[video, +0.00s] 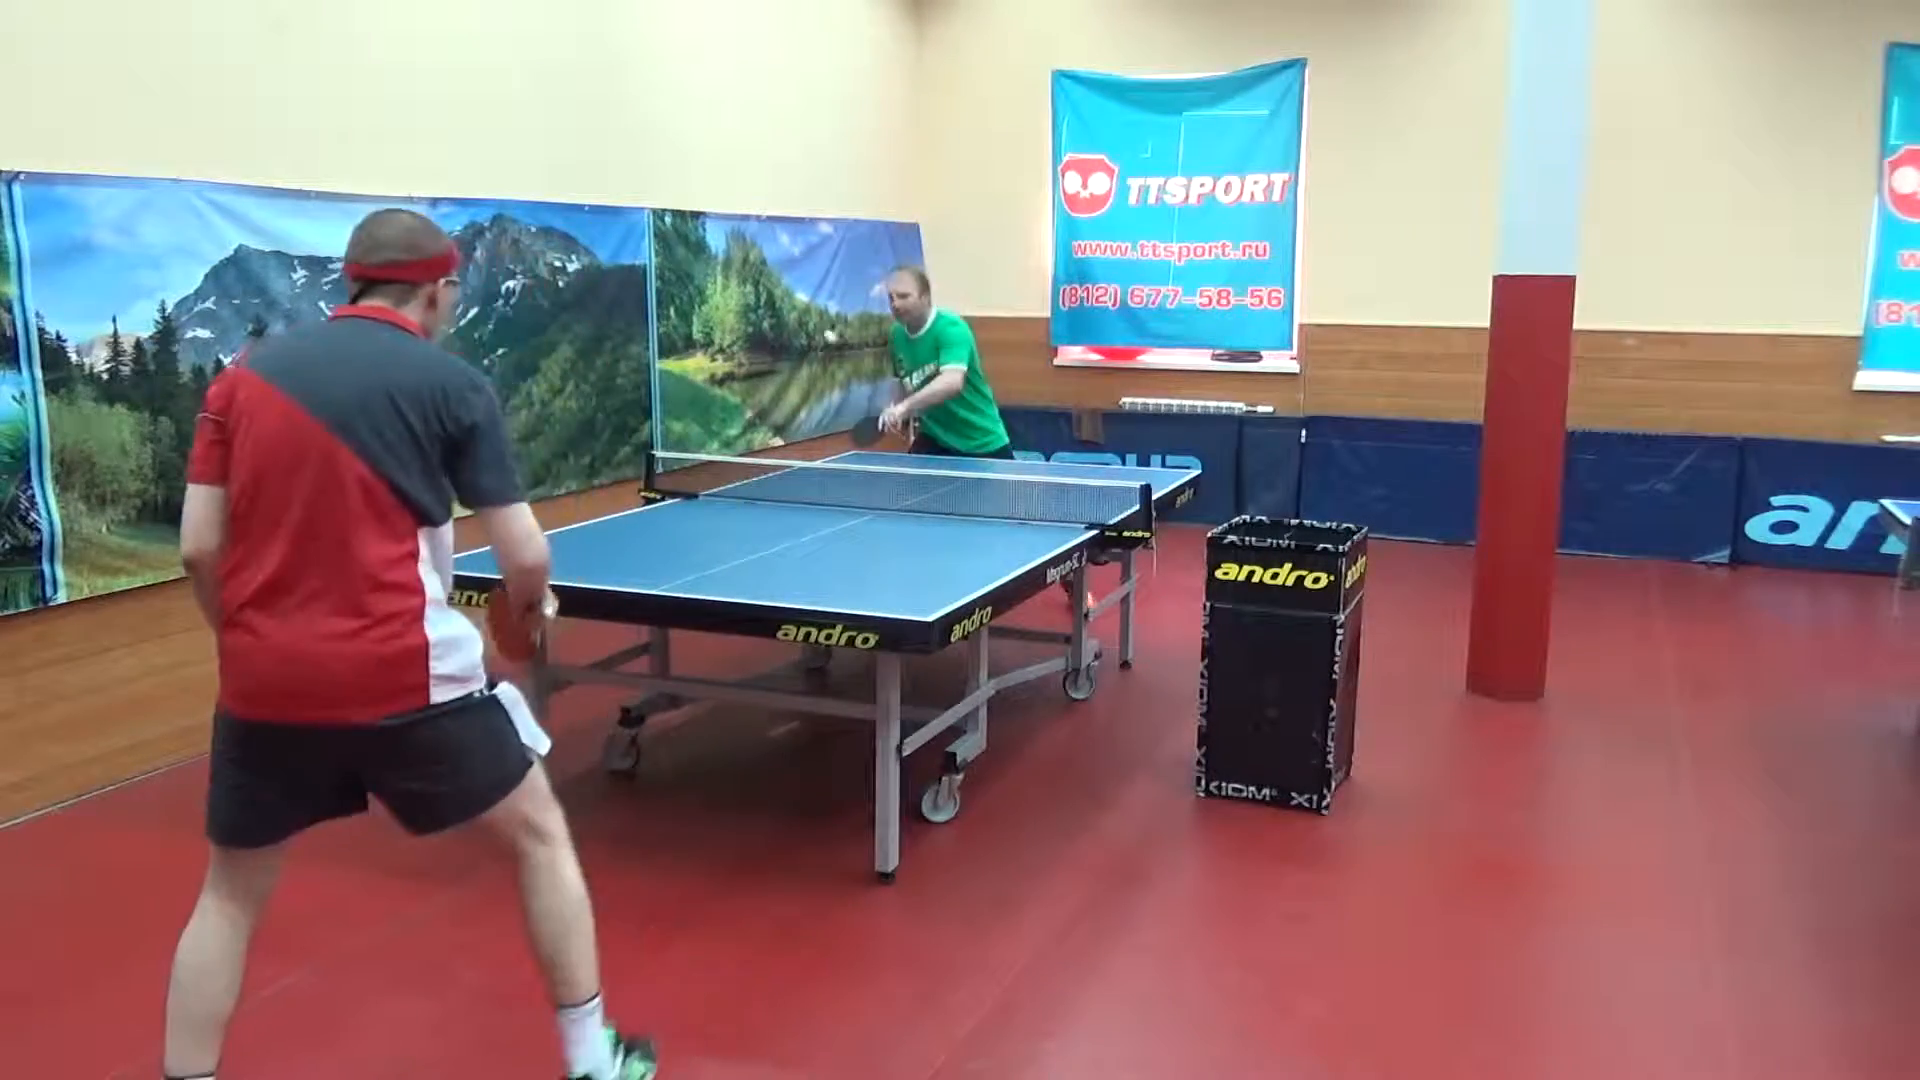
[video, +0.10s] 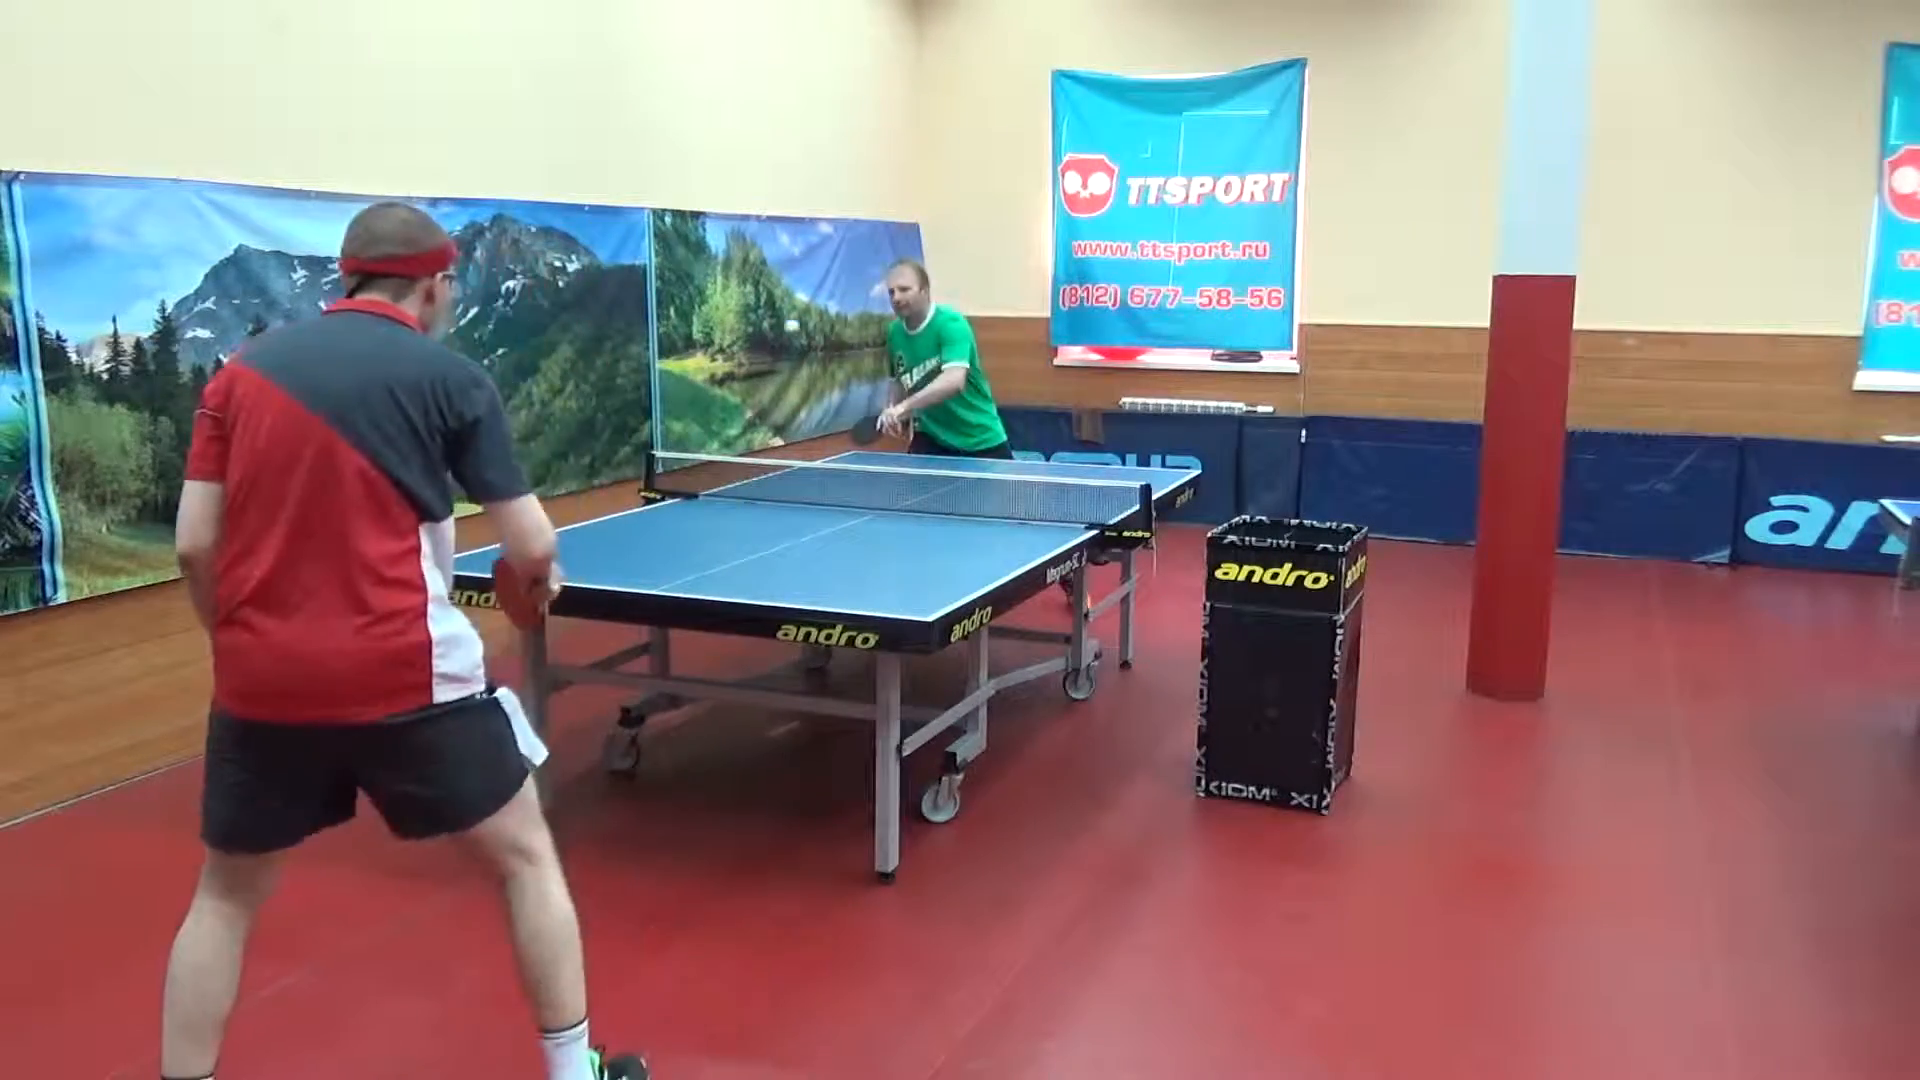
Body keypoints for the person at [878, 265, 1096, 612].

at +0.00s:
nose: (894, 304)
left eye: (902, 297)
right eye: (891, 297)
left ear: (925, 297)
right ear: (889, 299)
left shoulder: (950, 328)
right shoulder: (898, 335)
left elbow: (952, 381)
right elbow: (902, 383)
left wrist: (903, 407)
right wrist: (897, 411)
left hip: (983, 445)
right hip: (934, 445)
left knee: (1027, 517)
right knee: (917, 520)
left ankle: (1076, 589)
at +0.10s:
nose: (897, 298)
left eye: (904, 290)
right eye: (891, 292)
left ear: (924, 290)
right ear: (888, 296)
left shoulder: (951, 324)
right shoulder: (896, 333)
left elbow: (954, 380)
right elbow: (898, 382)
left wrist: (902, 408)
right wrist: (893, 411)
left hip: (981, 441)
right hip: (931, 441)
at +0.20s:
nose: (906, 295)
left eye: (914, 287)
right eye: (901, 289)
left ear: (933, 288)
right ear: (897, 292)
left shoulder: (959, 323)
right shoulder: (898, 333)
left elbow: (964, 381)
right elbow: (898, 389)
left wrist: (910, 405)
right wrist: (897, 420)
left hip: (983, 444)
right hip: (932, 444)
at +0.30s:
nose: (923, 294)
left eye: (931, 287)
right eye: (918, 288)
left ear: (950, 289)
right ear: (914, 292)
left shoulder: (975, 328)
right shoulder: (911, 332)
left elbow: (982, 385)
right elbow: (906, 384)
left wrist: (927, 404)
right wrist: (907, 420)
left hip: (990, 448)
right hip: (938, 446)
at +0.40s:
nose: (945, 295)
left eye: (953, 287)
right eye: (939, 288)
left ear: (971, 291)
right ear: (934, 292)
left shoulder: (994, 330)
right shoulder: (926, 333)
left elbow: (1006, 388)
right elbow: (919, 386)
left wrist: (950, 403)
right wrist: (914, 423)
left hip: (1002, 447)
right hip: (949, 444)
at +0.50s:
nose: (965, 294)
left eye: (973, 287)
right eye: (959, 287)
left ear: (991, 291)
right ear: (952, 291)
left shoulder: (1013, 329)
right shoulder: (942, 331)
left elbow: (1028, 389)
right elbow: (936, 385)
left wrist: (975, 401)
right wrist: (929, 420)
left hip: (1016, 443)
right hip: (964, 442)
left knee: (1042, 510)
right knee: (957, 515)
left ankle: (1071, 578)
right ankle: (960, 588)